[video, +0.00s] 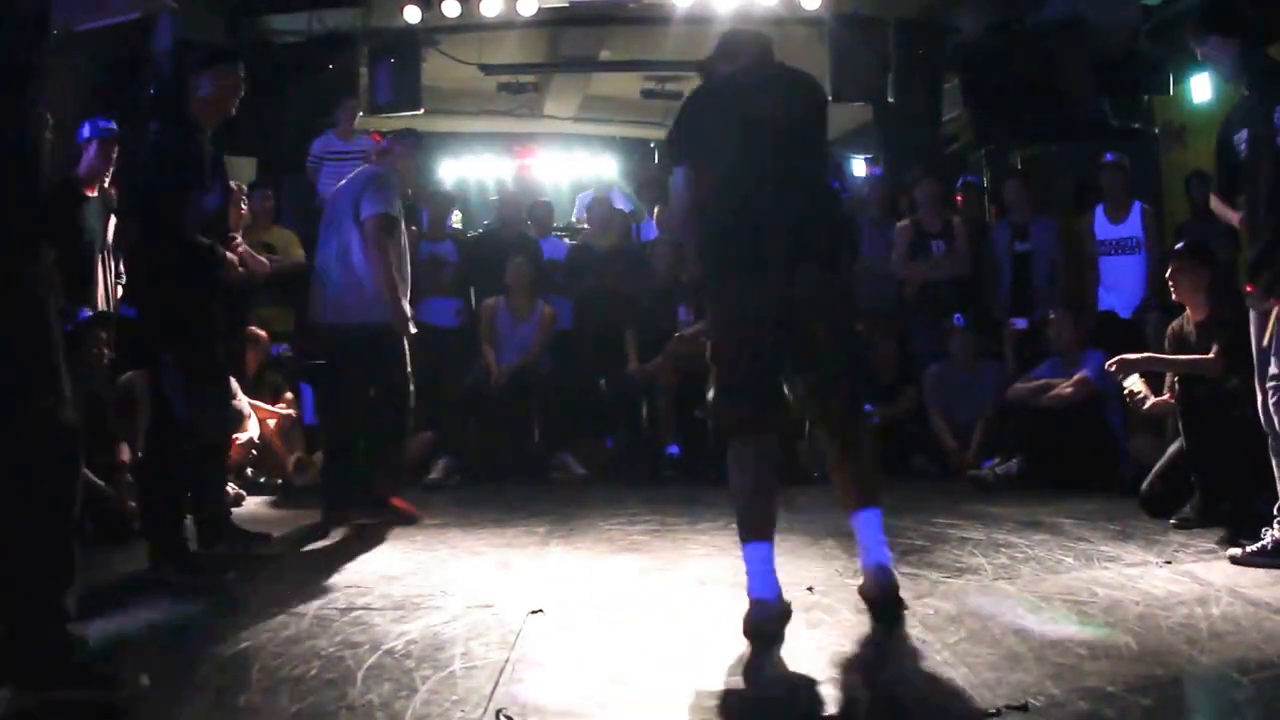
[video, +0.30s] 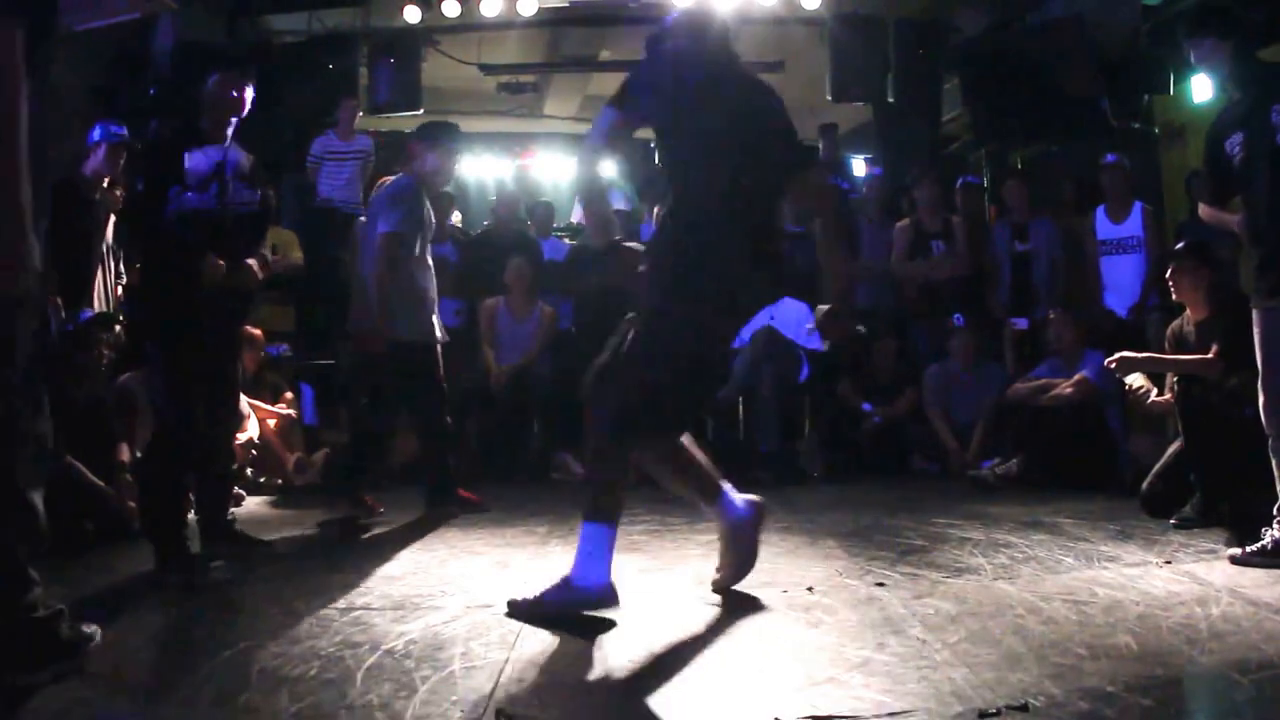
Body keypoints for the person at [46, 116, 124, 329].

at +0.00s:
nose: (111, 161)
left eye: (114, 152)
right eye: (104, 152)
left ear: (117, 154)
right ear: (86, 150)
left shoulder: (106, 200)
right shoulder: (60, 198)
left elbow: (106, 247)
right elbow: (48, 257)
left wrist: (117, 277)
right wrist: (64, 307)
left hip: (101, 307)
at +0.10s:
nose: (118, 156)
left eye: (120, 149)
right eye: (111, 148)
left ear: (124, 153)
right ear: (94, 148)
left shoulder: (109, 199)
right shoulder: (66, 193)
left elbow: (109, 247)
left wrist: (118, 279)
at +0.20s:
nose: (121, 162)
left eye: (124, 155)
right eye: (115, 153)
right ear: (97, 151)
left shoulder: (108, 197)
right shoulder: (66, 192)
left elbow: (112, 246)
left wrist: (119, 279)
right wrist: (104, 210)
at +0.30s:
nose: (119, 159)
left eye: (122, 153)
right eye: (113, 151)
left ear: (124, 156)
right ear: (96, 149)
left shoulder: (110, 196)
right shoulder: (65, 191)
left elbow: (111, 244)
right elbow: (53, 243)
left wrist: (118, 280)